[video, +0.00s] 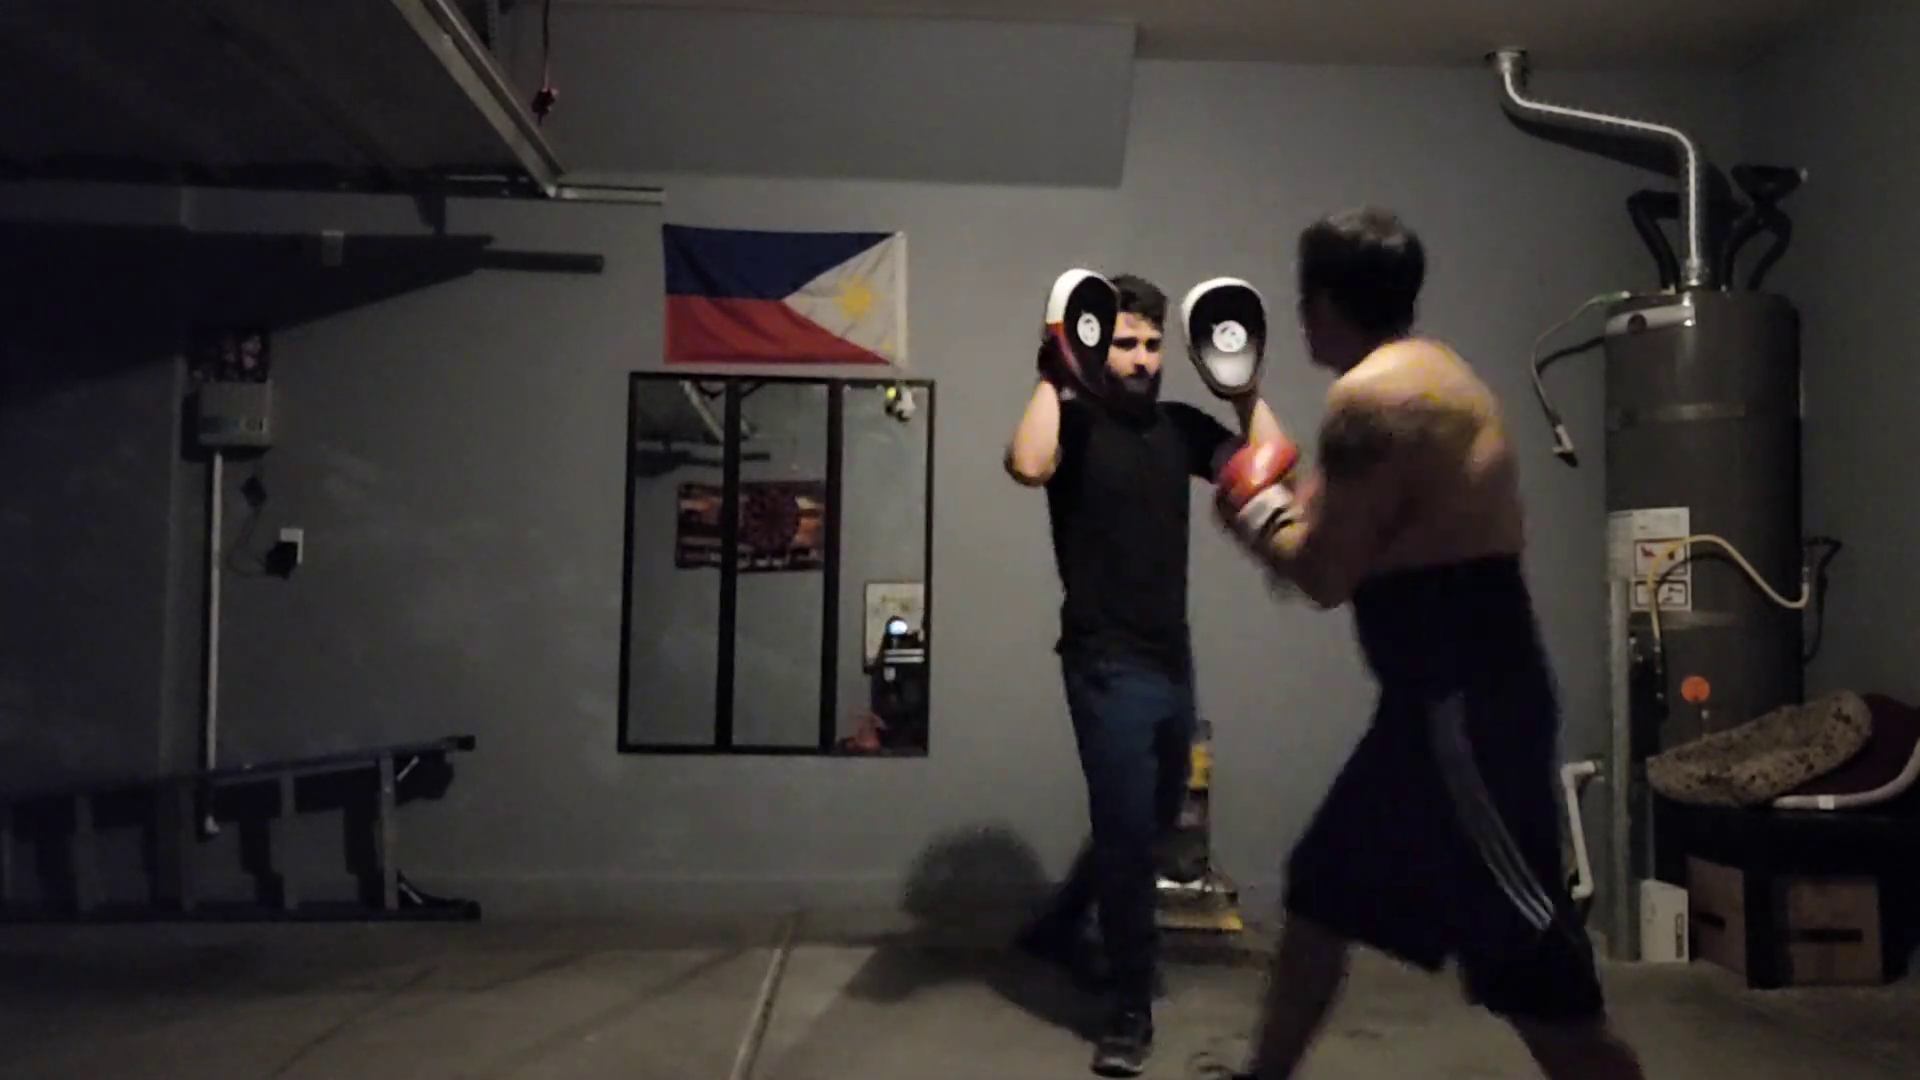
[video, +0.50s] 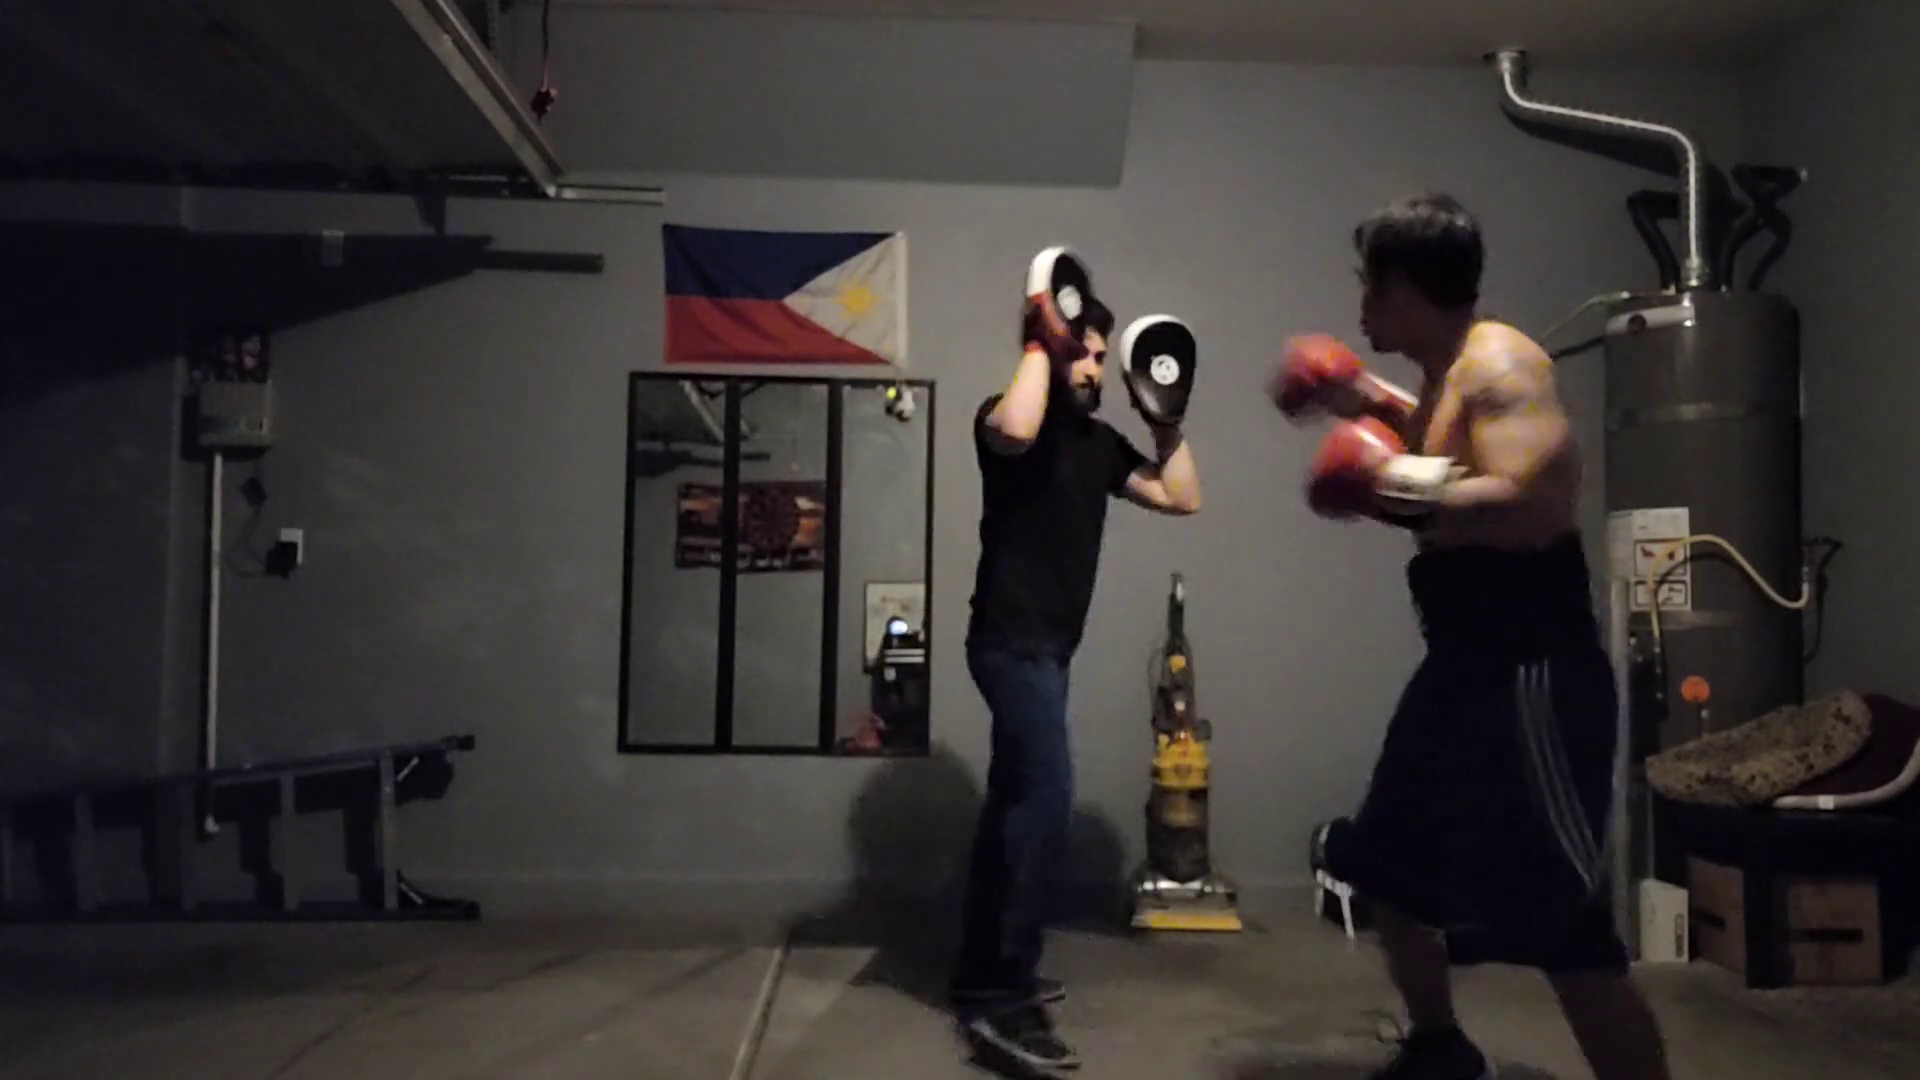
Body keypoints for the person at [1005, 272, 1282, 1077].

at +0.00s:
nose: (1139, 357)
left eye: (1150, 344)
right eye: (1124, 344)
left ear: (1163, 351)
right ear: (1090, 349)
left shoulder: (1179, 426)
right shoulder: (1068, 416)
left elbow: (1269, 469)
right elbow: (1030, 464)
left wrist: (1247, 390)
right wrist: (1055, 373)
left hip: (1167, 651)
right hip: (1102, 653)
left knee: (1148, 823)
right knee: (1127, 829)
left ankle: (1059, 926)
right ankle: (1131, 1003)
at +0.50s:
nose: (1095, 355)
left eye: (1100, 345)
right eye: (1083, 343)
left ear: (1101, 353)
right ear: (1049, 348)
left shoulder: (1096, 436)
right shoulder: (1010, 414)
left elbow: (1180, 497)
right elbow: (1017, 429)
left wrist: (1164, 415)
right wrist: (1041, 345)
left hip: (1051, 648)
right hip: (1010, 644)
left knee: (1015, 810)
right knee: (1043, 799)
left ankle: (993, 983)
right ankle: (995, 995)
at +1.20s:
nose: (1028, 349)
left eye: (1029, 334)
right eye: (1019, 332)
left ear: (967, 333)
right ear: (973, 328)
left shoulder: (939, 399)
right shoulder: (976, 400)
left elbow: (1007, 484)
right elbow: (1053, 488)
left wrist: (1042, 423)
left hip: (911, 643)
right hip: (933, 651)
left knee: (920, 817)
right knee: (967, 826)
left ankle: (884, 974)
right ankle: (953, 1031)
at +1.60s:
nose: (975, 348)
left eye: (975, 334)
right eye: (965, 333)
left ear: (910, 336)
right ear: (917, 330)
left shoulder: (867, 410)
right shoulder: (934, 400)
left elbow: (927, 516)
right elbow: (1017, 463)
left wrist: (970, 423)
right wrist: (1127, 462)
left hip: (841, 652)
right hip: (894, 659)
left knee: (831, 825)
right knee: (920, 836)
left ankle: (777, 1002)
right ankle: (910, 1048)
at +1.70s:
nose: (977, 339)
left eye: (977, 325)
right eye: (966, 324)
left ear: (917, 329)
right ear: (917, 323)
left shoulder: (910, 407)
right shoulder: (913, 393)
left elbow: (978, 515)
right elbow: (957, 464)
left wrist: (997, 427)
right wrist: (1069, 435)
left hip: (856, 658)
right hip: (892, 664)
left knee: (826, 828)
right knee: (919, 849)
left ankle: (776, 1002)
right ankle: (909, 1048)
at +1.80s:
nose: (972, 338)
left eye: (975, 323)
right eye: (959, 321)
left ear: (946, 327)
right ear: (909, 319)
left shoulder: (945, 414)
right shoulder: (873, 397)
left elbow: (1029, 498)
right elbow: (897, 471)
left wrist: (1046, 410)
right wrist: (991, 403)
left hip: (896, 660)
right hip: (874, 660)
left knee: (818, 824)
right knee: (923, 845)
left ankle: (730, 987)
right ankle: (908, 1052)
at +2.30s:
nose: (909, 338)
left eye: (910, 323)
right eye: (897, 320)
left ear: (859, 323)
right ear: (850, 317)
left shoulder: (875, 408)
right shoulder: (824, 392)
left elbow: (983, 480)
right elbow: (925, 424)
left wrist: (1017, 401)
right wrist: (979, 336)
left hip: (830, 656)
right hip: (830, 659)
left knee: (773, 832)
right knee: (885, 846)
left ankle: (717, 1013)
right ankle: (904, 1054)